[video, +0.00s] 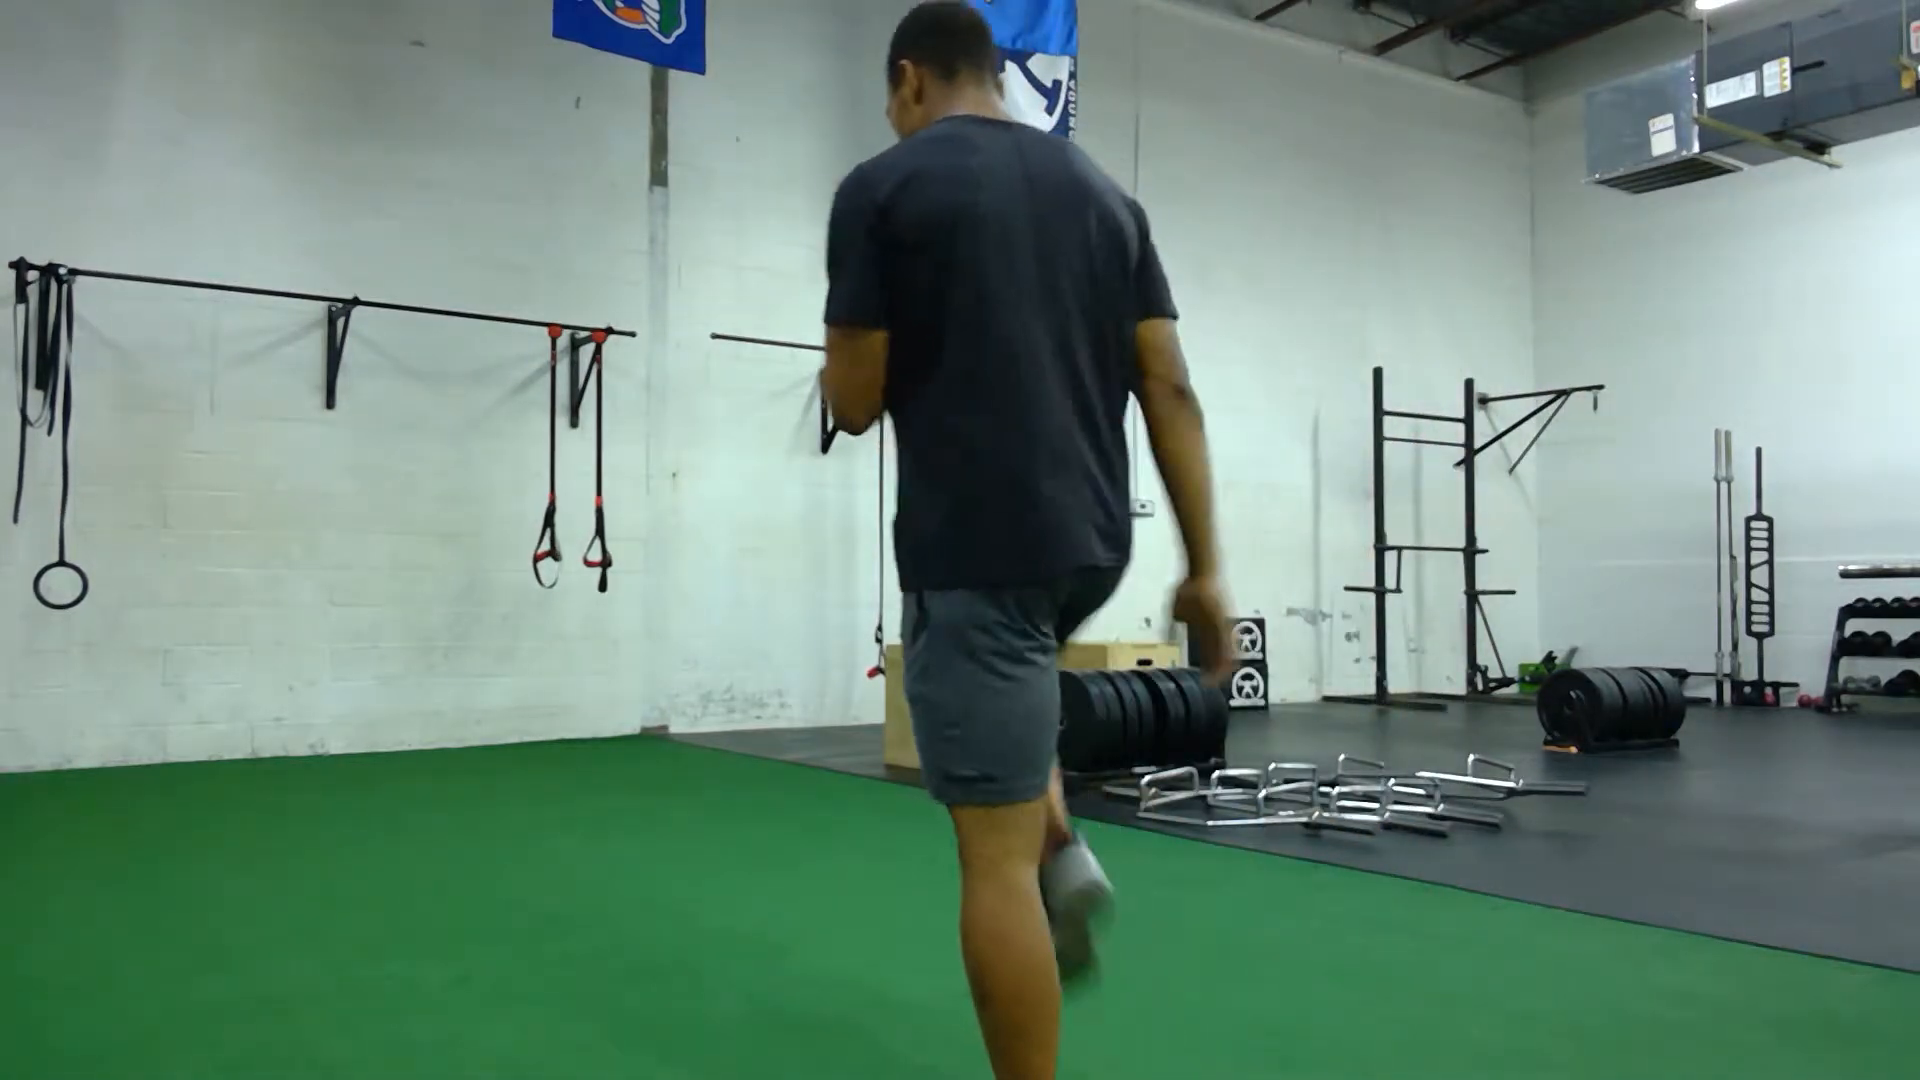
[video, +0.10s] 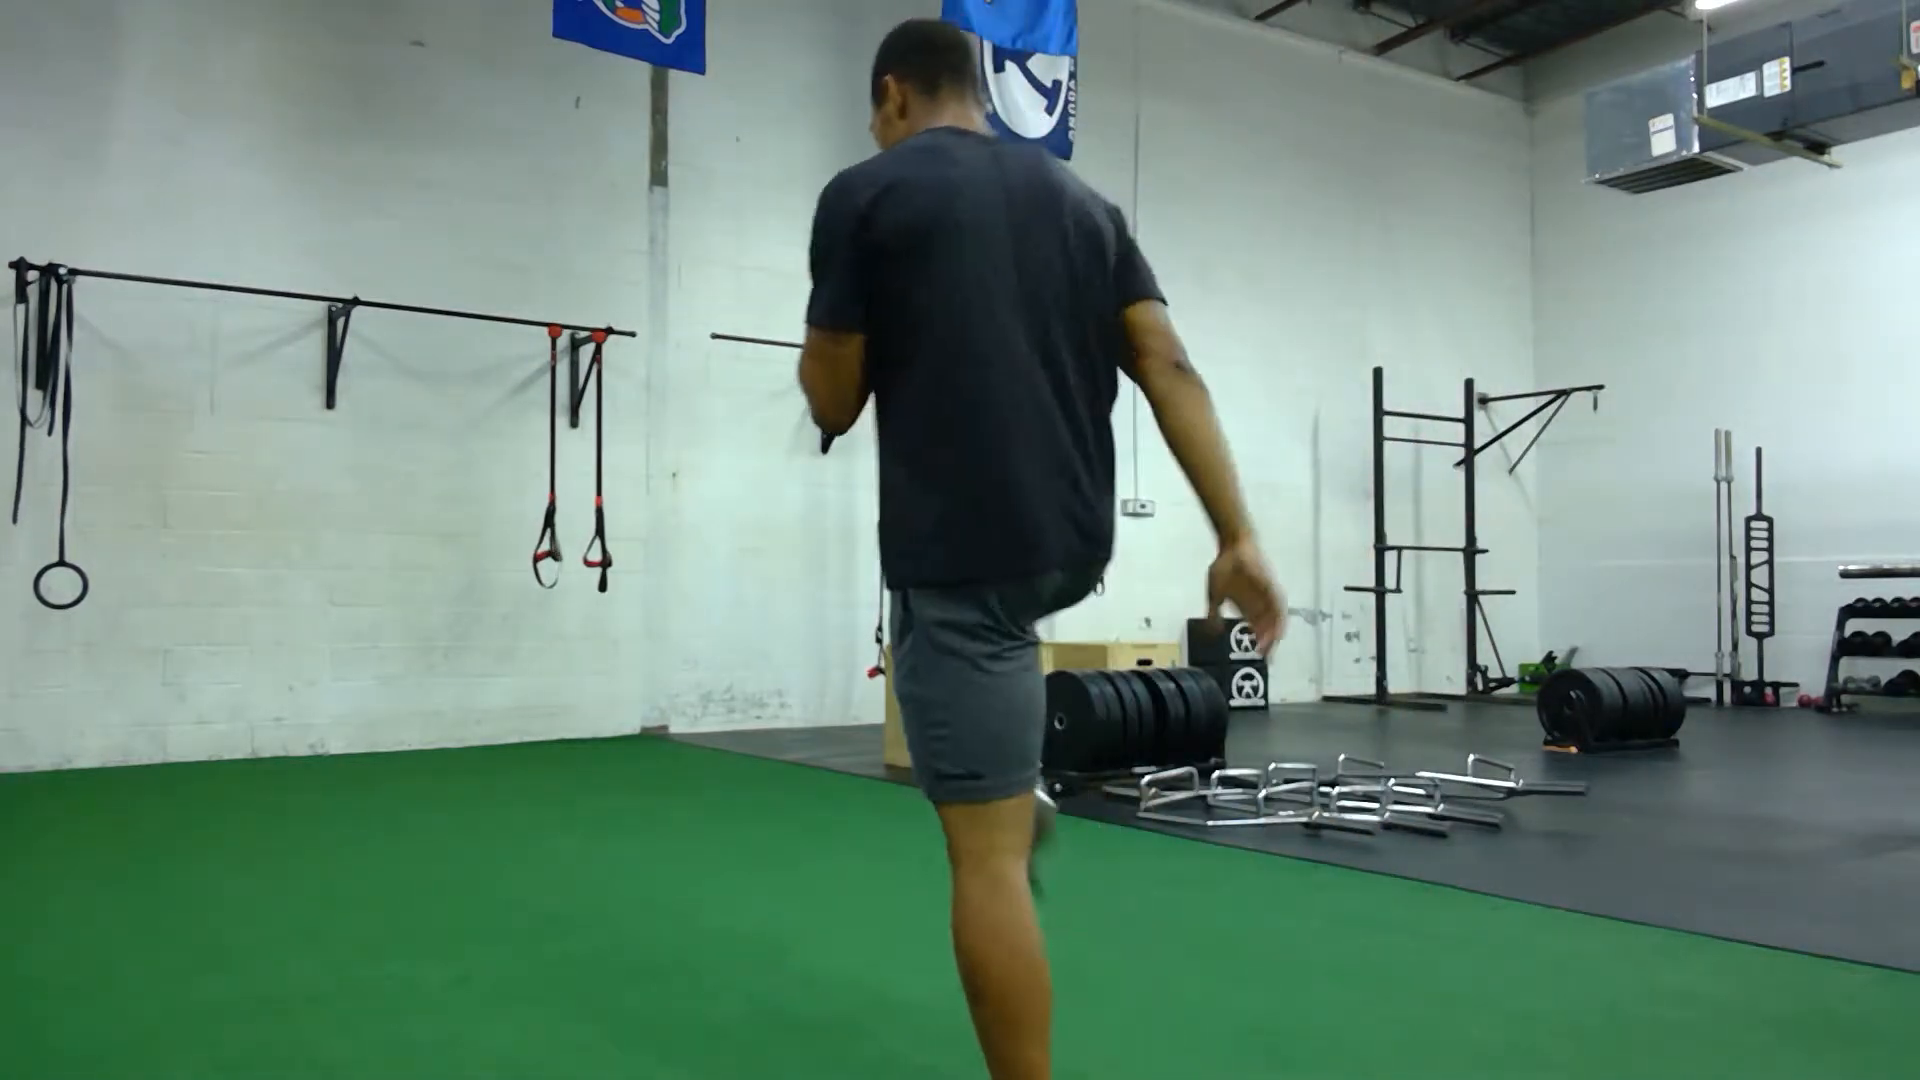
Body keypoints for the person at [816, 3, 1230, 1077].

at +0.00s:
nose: (892, 112)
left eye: (891, 96)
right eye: (895, 98)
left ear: (908, 81)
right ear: (997, 76)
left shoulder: (884, 187)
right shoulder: (1101, 193)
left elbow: (852, 402)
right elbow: (1168, 386)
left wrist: (897, 327)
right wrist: (1204, 566)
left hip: (975, 543)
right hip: (1094, 542)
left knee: (1005, 862)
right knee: (1003, 664)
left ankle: (1026, 1072)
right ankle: (1059, 855)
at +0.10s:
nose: (877, 124)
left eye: (875, 110)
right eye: (878, 111)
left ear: (891, 97)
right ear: (984, 93)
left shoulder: (866, 195)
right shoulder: (1083, 202)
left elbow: (832, 404)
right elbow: (1163, 364)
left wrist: (876, 295)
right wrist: (1239, 538)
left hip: (954, 547)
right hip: (1081, 542)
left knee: (991, 860)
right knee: (961, 642)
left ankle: (1025, 1075)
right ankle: (1013, 804)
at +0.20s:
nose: (849, 153)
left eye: (849, 137)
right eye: (854, 139)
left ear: (867, 126)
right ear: (950, 122)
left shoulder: (846, 227)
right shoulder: (1056, 215)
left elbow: (826, 429)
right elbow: (1146, 342)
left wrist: (853, 326)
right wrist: (1244, 489)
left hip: (943, 553)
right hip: (1065, 544)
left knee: (951, 847)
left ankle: (1007, 1072)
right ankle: (934, 823)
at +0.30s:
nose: (829, 187)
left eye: (826, 173)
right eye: (832, 174)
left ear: (839, 165)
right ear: (924, 161)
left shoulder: (829, 268)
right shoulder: (1023, 241)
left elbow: (827, 451)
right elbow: (1127, 331)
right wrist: (1251, 448)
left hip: (932, 575)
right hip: (1053, 559)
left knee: (927, 854)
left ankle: (1005, 1072)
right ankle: (910, 813)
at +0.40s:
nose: (820, 146)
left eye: (820, 131)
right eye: (834, 131)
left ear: (831, 127)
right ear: (915, 126)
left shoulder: (807, 228)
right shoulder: (1001, 219)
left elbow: (797, 400)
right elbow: (1106, 328)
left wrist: (802, 335)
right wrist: (1198, 447)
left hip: (903, 532)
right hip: (1019, 517)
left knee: (932, 811)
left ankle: (998, 1063)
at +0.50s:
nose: (821, 125)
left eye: (821, 113)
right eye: (832, 113)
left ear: (832, 113)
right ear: (917, 119)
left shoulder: (804, 198)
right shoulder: (989, 218)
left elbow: (786, 350)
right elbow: (1036, 384)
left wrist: (774, 505)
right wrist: (1020, 485)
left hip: (872, 514)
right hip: (986, 511)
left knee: (847, 737)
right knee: (949, 720)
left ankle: (947, 890)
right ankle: (988, 976)